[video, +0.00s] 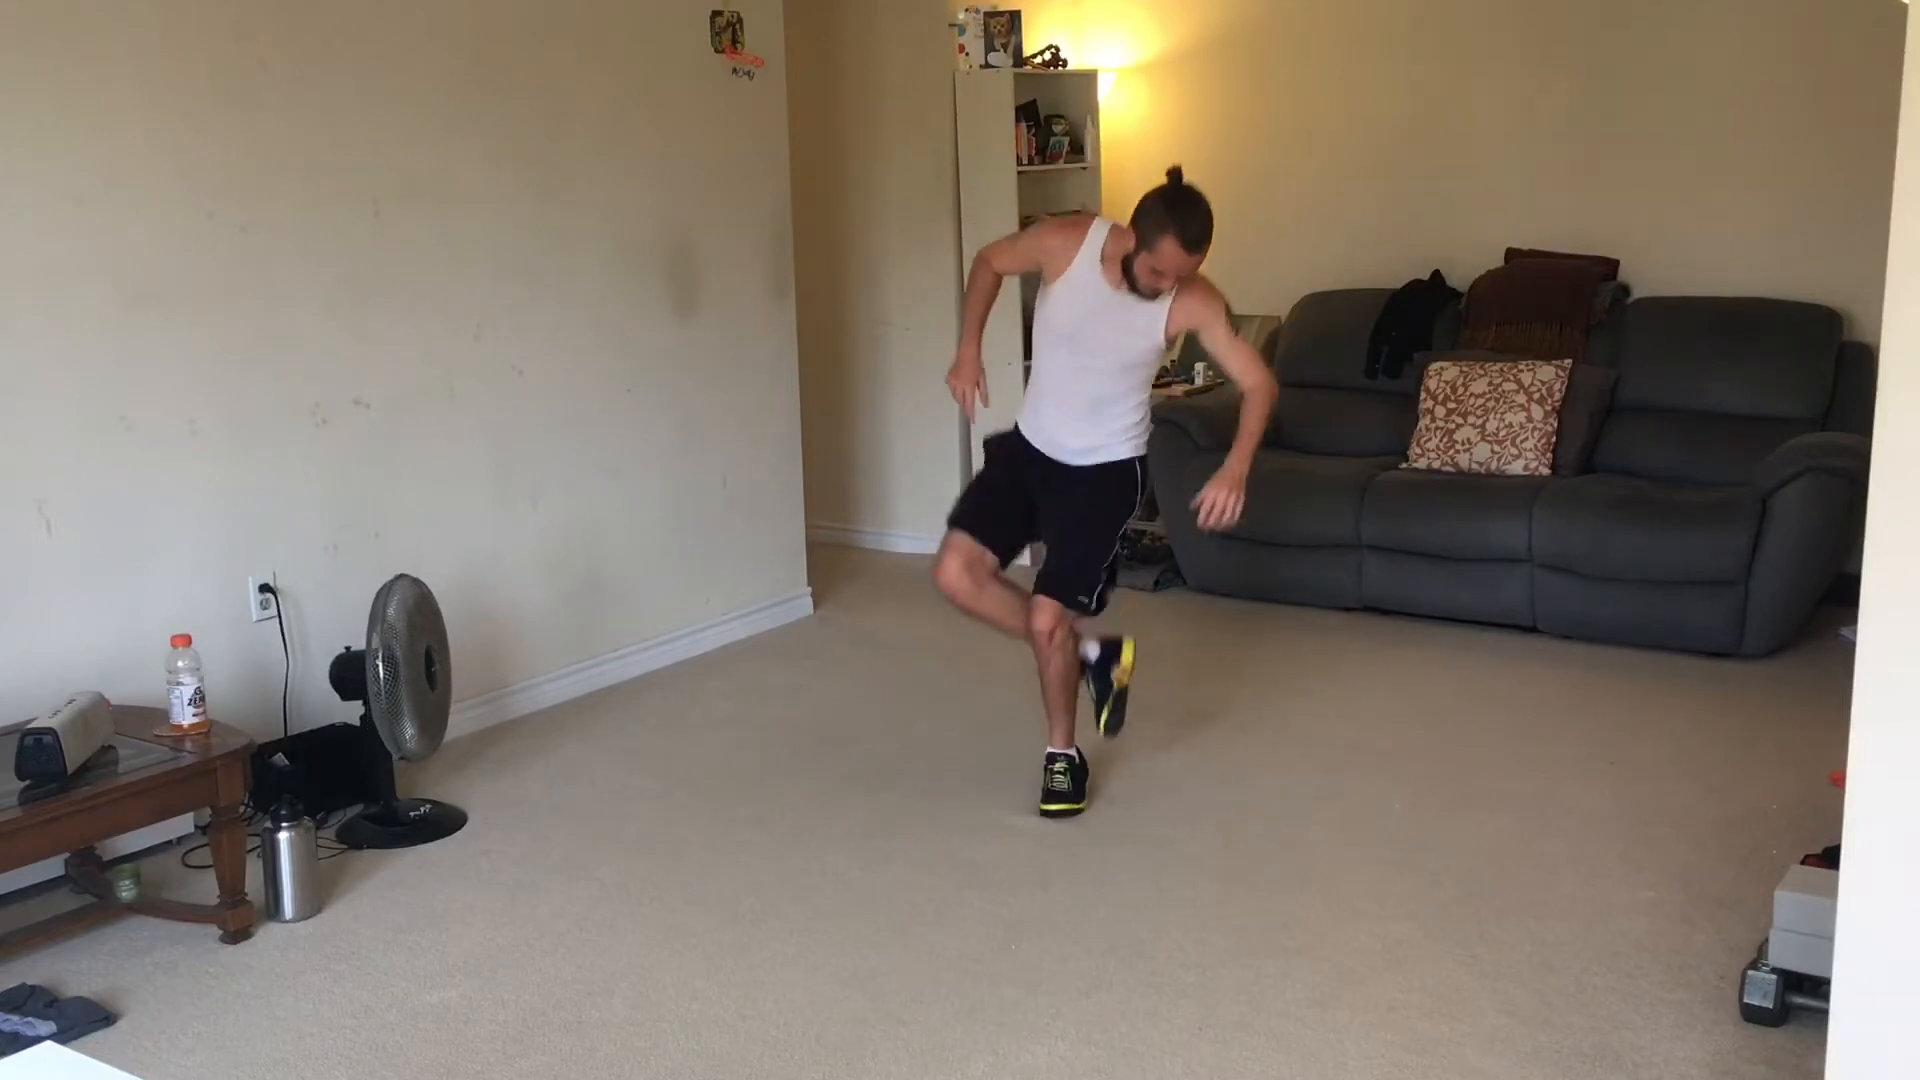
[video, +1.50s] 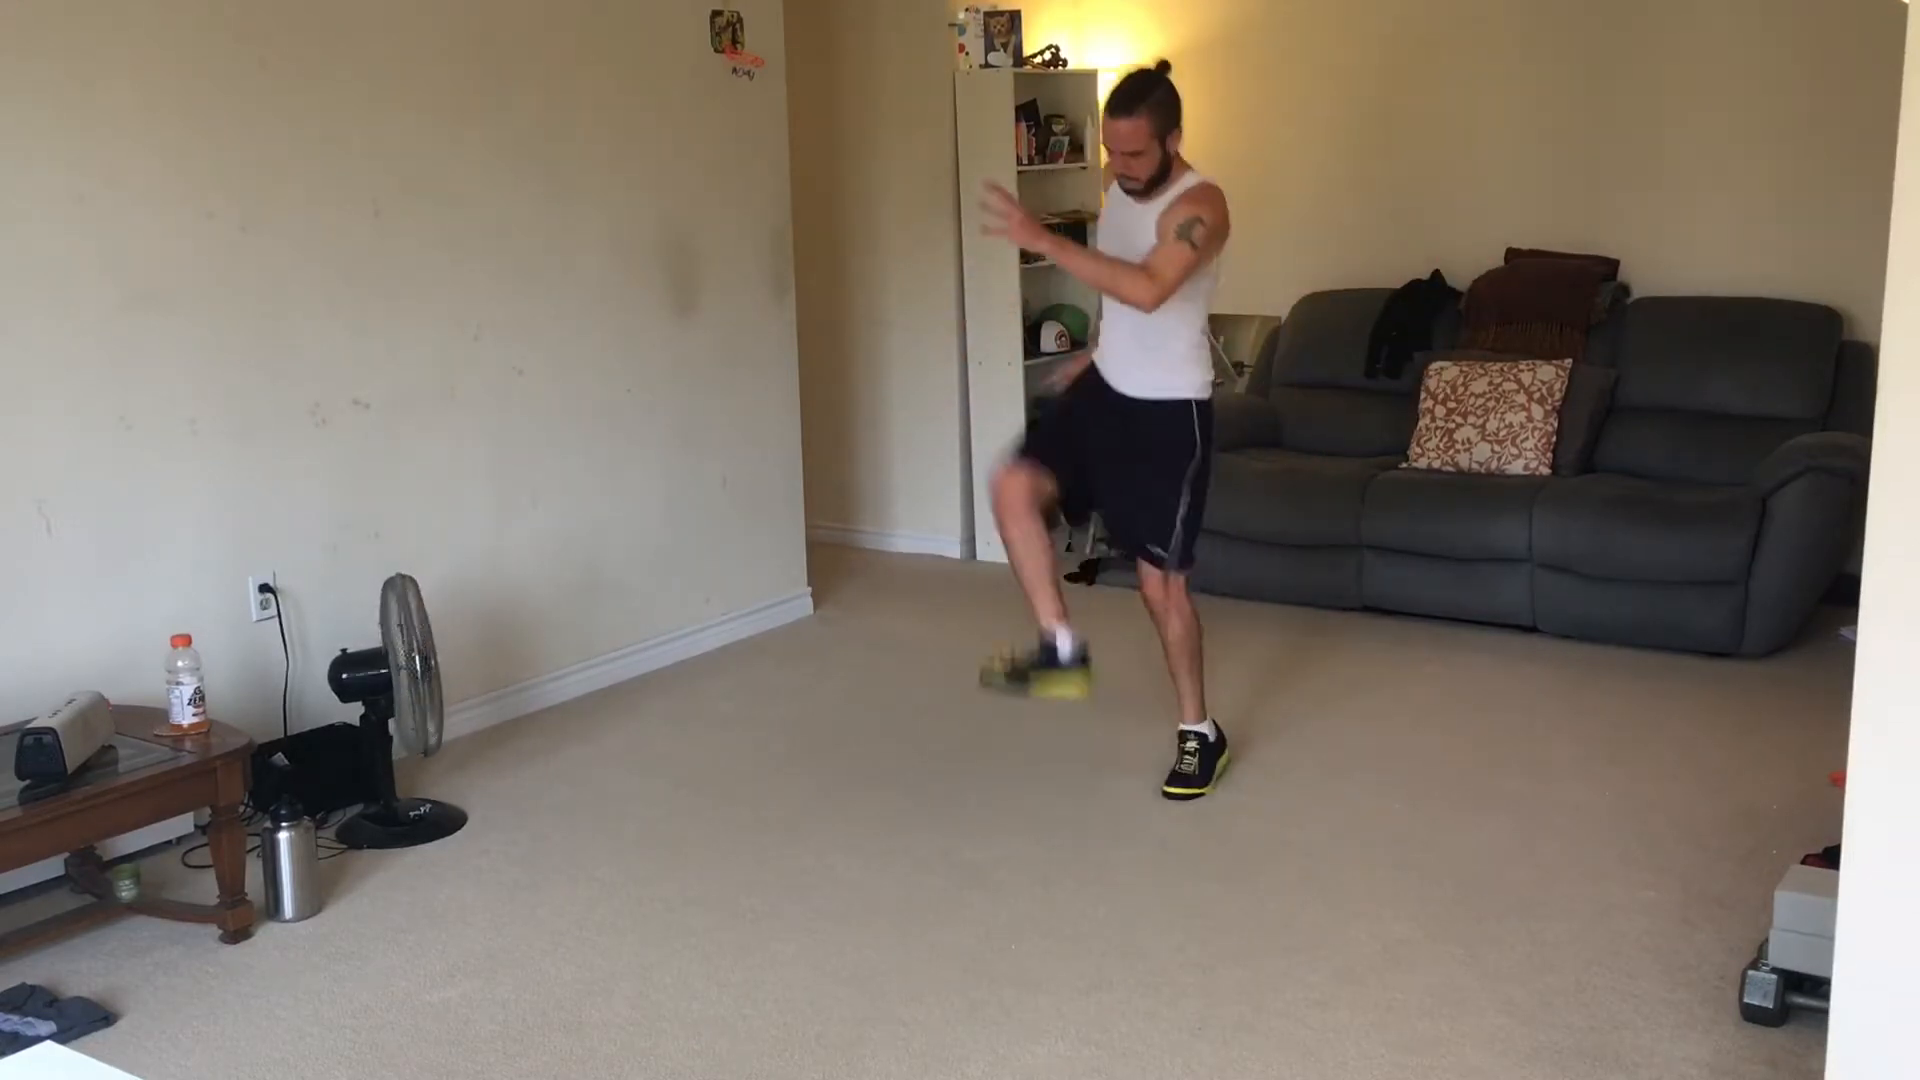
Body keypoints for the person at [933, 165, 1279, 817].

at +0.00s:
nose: (1163, 288)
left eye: (1178, 279)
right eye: (1155, 273)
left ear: (1197, 260)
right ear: (1129, 238)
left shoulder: (1193, 302)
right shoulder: (1067, 240)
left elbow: (1261, 385)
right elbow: (988, 262)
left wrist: (1235, 470)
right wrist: (968, 350)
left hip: (1104, 471)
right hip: (1028, 450)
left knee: (1048, 623)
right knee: (957, 574)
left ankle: (1062, 755)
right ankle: (1094, 653)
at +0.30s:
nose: (1141, 237)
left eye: (1156, 226)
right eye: (1130, 223)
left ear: (1174, 205)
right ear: (1103, 195)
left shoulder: (1182, 265)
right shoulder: (1058, 219)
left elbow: (1250, 353)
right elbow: (986, 266)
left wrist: (1278, 455)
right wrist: (980, 339)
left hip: (1139, 444)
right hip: (1073, 435)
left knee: (1060, 602)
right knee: (1016, 584)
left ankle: (1064, 752)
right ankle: (1168, 642)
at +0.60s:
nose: (1224, 200)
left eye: (1238, 190)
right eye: (1214, 184)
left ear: (1252, 177)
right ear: (1187, 159)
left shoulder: (1249, 236)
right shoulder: (1116, 203)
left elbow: (1325, 314)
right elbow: (1041, 261)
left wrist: (1342, 378)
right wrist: (997, 324)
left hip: (1195, 436)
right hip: (1105, 426)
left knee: (1212, 601)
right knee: (1070, 604)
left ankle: (1256, 721)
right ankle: (1167, 620)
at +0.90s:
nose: (1095, 297)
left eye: (1097, 281)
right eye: (1081, 293)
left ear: (1116, 245)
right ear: (1067, 275)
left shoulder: (1192, 255)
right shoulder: (1078, 284)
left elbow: (1316, 290)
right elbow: (1009, 349)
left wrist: (1429, 327)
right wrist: (968, 381)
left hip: (1221, 446)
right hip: (1150, 444)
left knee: (1147, 599)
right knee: (1087, 599)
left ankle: (1226, 707)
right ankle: (1147, 709)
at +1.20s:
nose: (1114, 202)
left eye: (1122, 187)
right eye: (1100, 193)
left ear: (1147, 154)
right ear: (1086, 176)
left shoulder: (1204, 191)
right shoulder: (1086, 191)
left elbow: (1294, 253)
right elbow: (1009, 211)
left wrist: (1324, 358)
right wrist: (955, 254)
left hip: (1211, 354)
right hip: (1143, 358)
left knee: (1086, 429)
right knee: (1120, 523)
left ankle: (1072, 605)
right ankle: (1145, 682)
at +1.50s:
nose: (1118, 165)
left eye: (1134, 153)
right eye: (1110, 150)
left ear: (1171, 140)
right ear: (1104, 137)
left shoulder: (1201, 204)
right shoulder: (1117, 191)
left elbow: (1148, 288)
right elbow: (1133, 303)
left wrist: (1044, 241)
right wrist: (1093, 358)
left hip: (1171, 412)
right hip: (1104, 396)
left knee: (1160, 582)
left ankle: (1197, 730)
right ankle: (1060, 647)